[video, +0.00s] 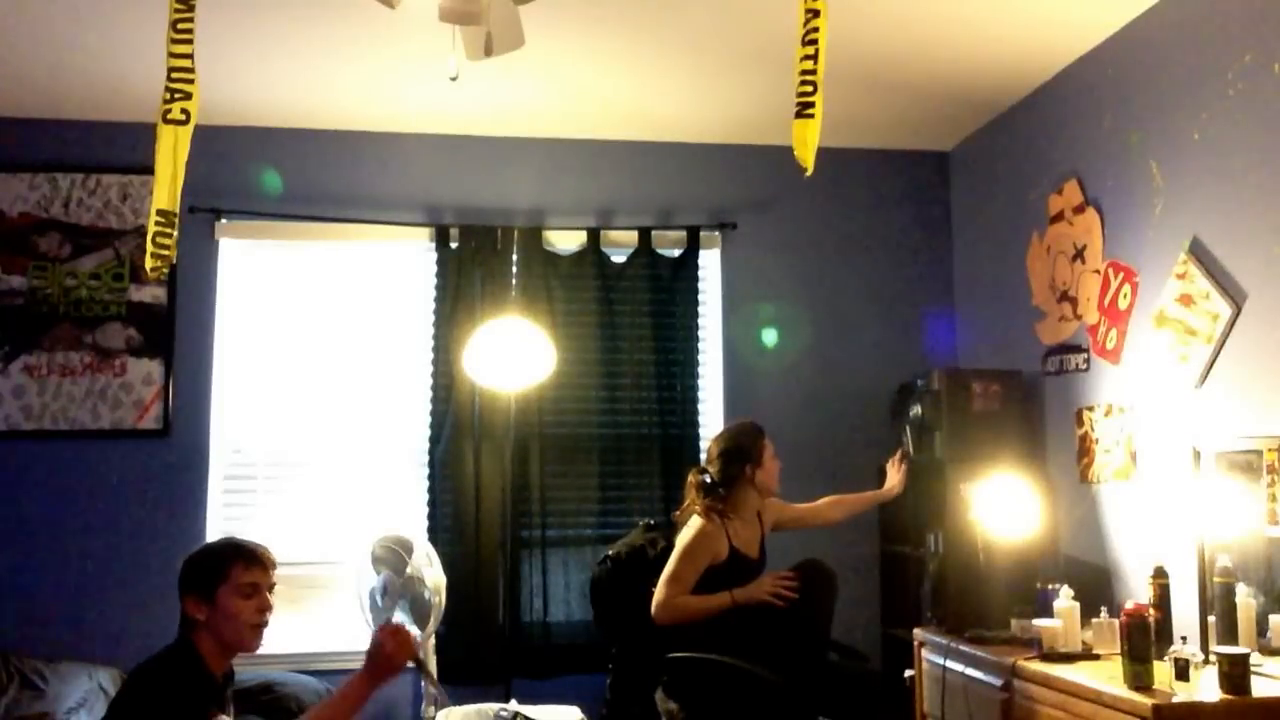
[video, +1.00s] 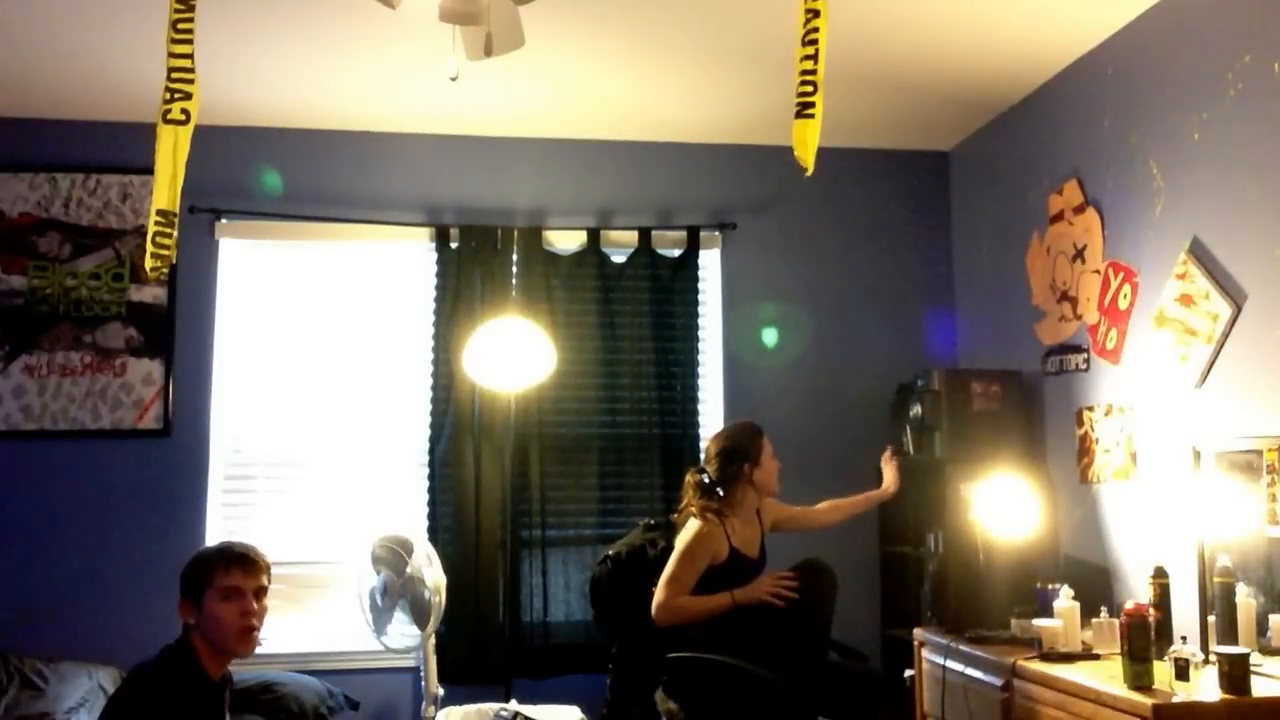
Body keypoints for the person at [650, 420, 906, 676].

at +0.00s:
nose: (779, 464)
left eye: (775, 456)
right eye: (772, 458)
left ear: (750, 473)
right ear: (750, 471)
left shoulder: (763, 511)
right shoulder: (705, 529)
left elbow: (824, 511)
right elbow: (663, 609)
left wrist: (886, 492)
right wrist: (743, 595)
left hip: (732, 639)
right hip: (693, 654)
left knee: (814, 575)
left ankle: (806, 687)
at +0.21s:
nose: (779, 465)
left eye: (775, 457)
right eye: (772, 458)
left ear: (750, 471)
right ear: (750, 470)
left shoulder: (764, 511)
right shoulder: (704, 529)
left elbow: (823, 511)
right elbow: (663, 609)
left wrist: (886, 492)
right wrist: (743, 595)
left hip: (734, 638)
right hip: (695, 652)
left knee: (814, 575)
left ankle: (805, 687)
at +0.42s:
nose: (778, 466)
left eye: (775, 457)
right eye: (772, 459)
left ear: (749, 471)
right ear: (749, 470)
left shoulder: (763, 511)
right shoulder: (705, 529)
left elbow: (824, 510)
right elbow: (664, 609)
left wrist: (886, 492)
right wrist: (742, 595)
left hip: (735, 637)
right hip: (695, 651)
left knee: (815, 575)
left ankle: (806, 688)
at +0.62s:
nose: (779, 465)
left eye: (775, 457)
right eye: (772, 458)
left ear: (749, 473)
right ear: (749, 472)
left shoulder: (763, 510)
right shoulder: (704, 529)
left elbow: (822, 510)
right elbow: (663, 609)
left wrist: (885, 492)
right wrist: (742, 595)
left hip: (733, 638)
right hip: (694, 653)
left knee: (815, 574)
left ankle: (806, 689)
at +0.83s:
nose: (778, 465)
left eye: (774, 456)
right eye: (771, 458)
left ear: (748, 471)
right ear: (749, 471)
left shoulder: (762, 511)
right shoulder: (704, 529)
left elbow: (823, 510)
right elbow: (663, 610)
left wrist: (886, 491)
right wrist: (742, 595)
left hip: (734, 636)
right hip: (694, 651)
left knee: (815, 575)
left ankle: (806, 685)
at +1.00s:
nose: (779, 465)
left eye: (775, 457)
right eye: (772, 458)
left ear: (748, 472)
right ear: (748, 471)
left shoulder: (762, 511)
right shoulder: (703, 530)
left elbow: (820, 515)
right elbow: (664, 610)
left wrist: (884, 492)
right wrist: (742, 595)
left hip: (733, 637)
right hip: (695, 651)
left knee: (815, 574)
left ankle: (806, 687)